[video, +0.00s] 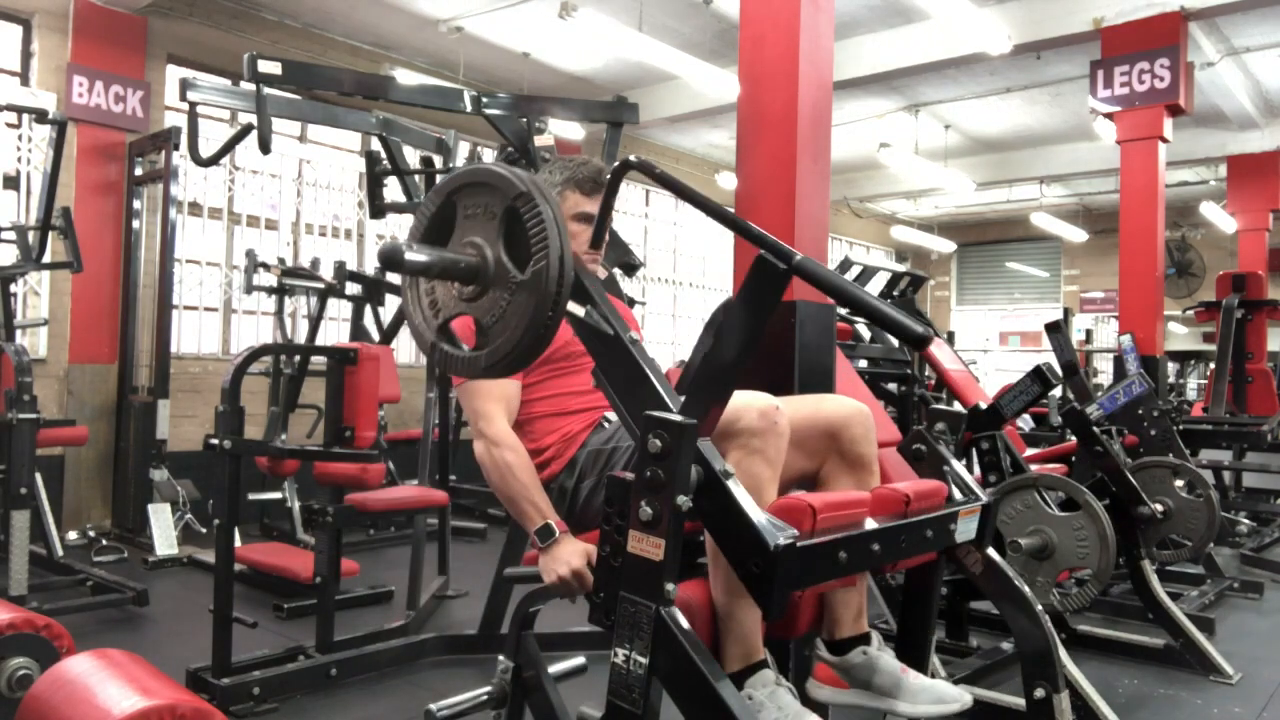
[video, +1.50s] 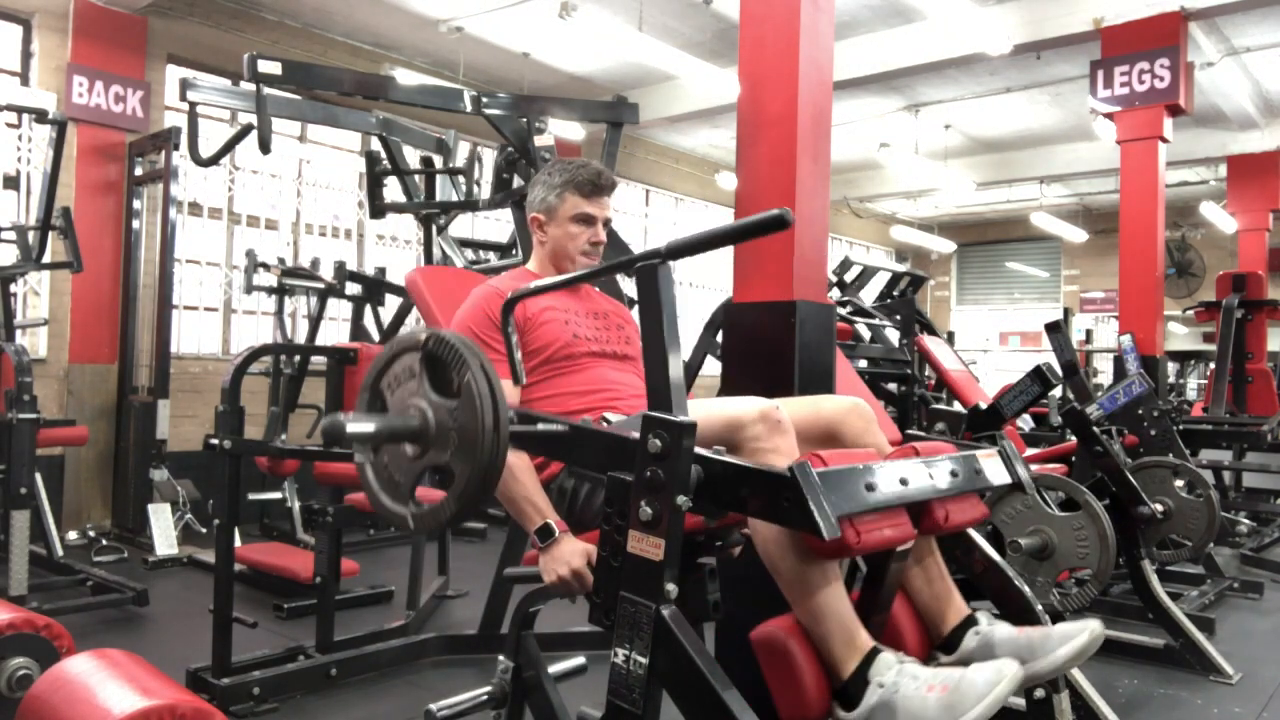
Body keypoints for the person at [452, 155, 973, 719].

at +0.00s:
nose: (598, 237)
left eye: (604, 224)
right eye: (584, 221)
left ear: (606, 229)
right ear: (541, 221)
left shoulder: (607, 303)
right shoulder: (501, 303)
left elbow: (644, 390)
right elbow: (492, 436)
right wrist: (550, 536)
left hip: (655, 444)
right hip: (587, 466)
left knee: (849, 422)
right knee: (754, 419)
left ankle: (849, 643)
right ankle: (745, 669)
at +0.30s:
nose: (601, 239)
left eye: (606, 226)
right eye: (589, 223)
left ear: (605, 225)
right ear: (544, 218)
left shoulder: (581, 299)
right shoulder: (493, 301)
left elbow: (612, 399)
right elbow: (492, 435)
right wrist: (549, 536)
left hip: (643, 443)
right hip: (583, 464)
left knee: (849, 425)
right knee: (755, 420)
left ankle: (834, 642)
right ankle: (734, 661)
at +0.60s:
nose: (595, 241)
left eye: (601, 228)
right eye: (582, 224)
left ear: (603, 230)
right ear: (538, 221)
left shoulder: (588, 294)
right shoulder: (497, 301)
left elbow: (623, 391)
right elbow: (490, 435)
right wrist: (550, 537)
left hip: (645, 437)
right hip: (584, 464)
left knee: (850, 426)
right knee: (756, 426)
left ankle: (839, 643)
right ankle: (738, 666)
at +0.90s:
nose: (599, 239)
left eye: (605, 228)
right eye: (586, 224)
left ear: (605, 236)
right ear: (539, 226)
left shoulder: (610, 306)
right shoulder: (502, 299)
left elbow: (649, 392)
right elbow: (490, 436)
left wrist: (717, 412)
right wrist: (550, 538)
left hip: (653, 445)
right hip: (585, 467)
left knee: (851, 423)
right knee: (755, 429)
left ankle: (877, 644)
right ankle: (768, 678)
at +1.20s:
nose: (599, 240)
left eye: (606, 228)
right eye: (586, 227)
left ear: (609, 230)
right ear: (540, 222)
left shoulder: (613, 308)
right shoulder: (501, 296)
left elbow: (649, 404)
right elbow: (485, 430)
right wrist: (551, 536)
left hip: (661, 443)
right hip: (585, 464)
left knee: (852, 418)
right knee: (759, 424)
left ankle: (919, 644)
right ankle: (820, 683)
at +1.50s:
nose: (597, 236)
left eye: (604, 225)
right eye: (583, 223)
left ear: (603, 230)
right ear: (538, 222)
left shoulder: (613, 305)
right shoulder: (496, 299)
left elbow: (657, 400)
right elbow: (486, 423)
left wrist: (732, 413)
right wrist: (552, 534)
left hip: (665, 437)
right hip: (587, 457)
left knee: (852, 416)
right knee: (762, 431)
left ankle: (960, 634)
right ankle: (862, 677)